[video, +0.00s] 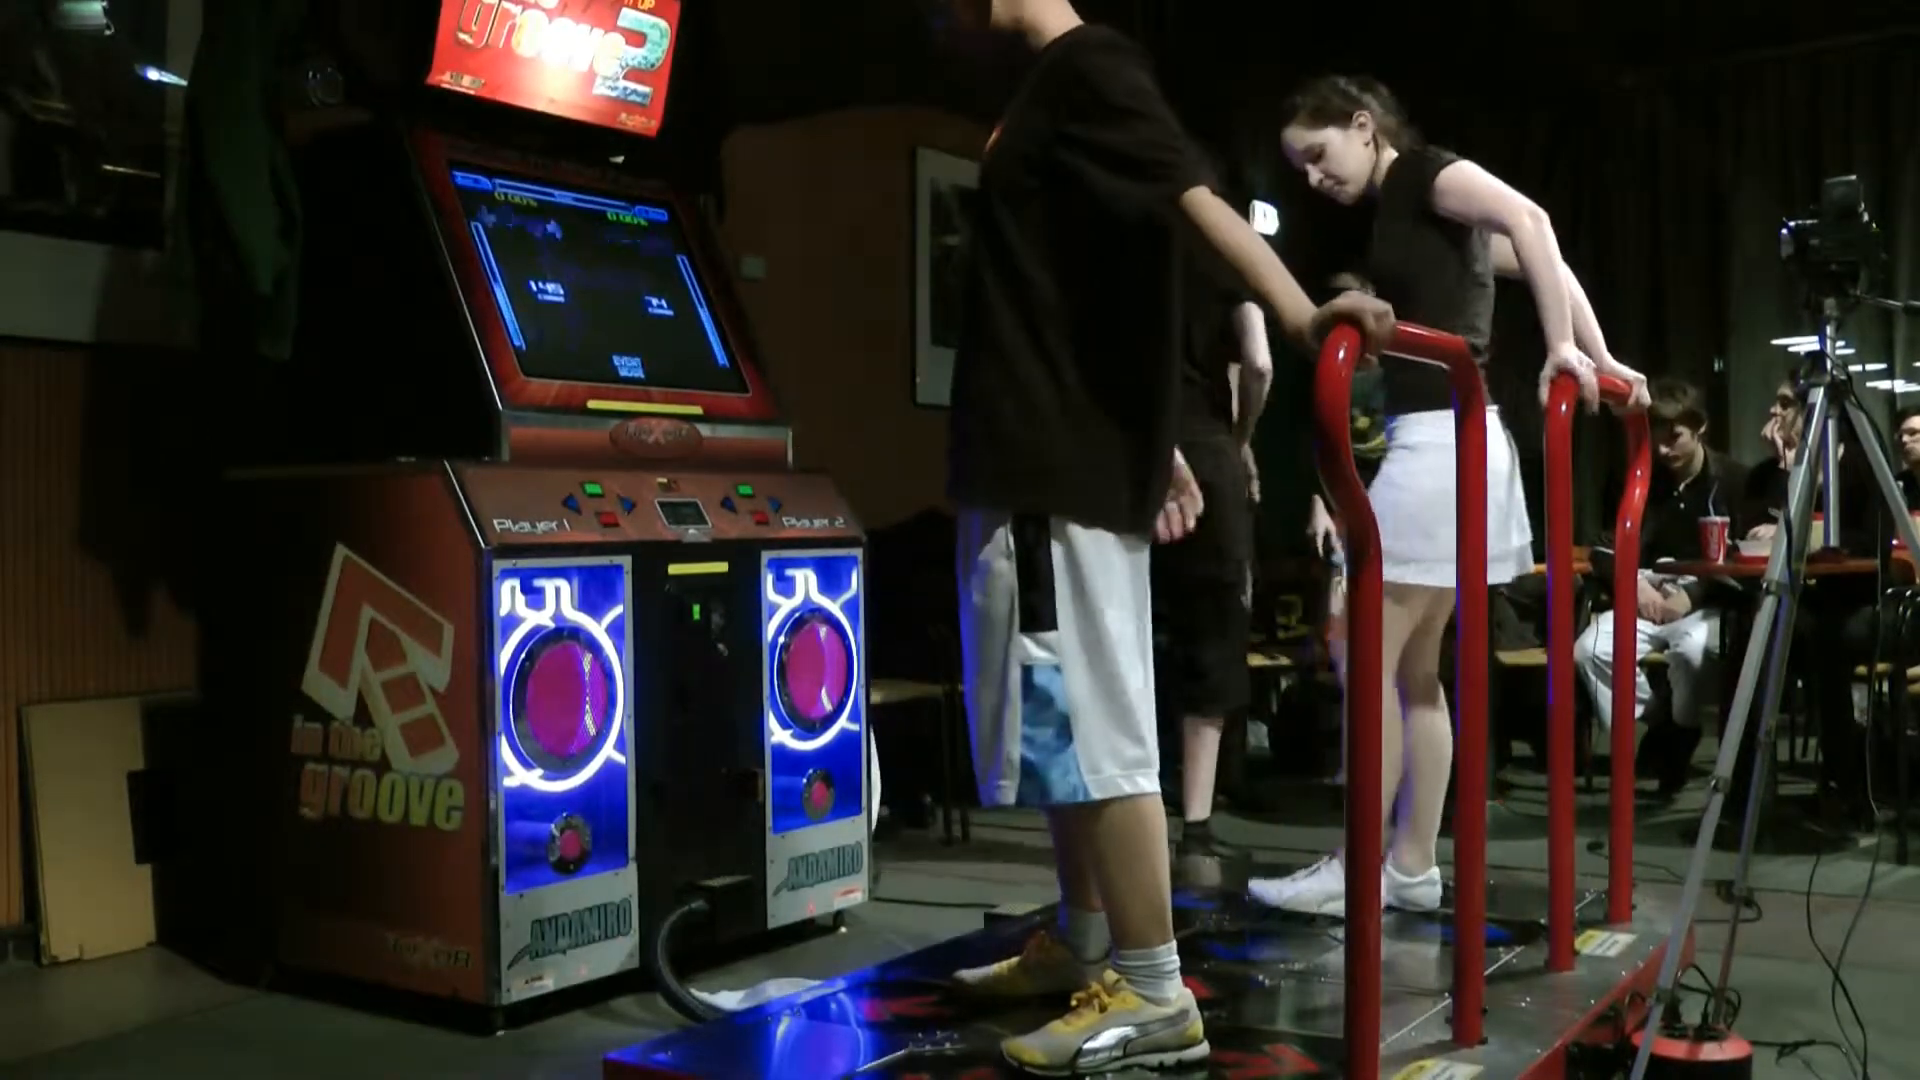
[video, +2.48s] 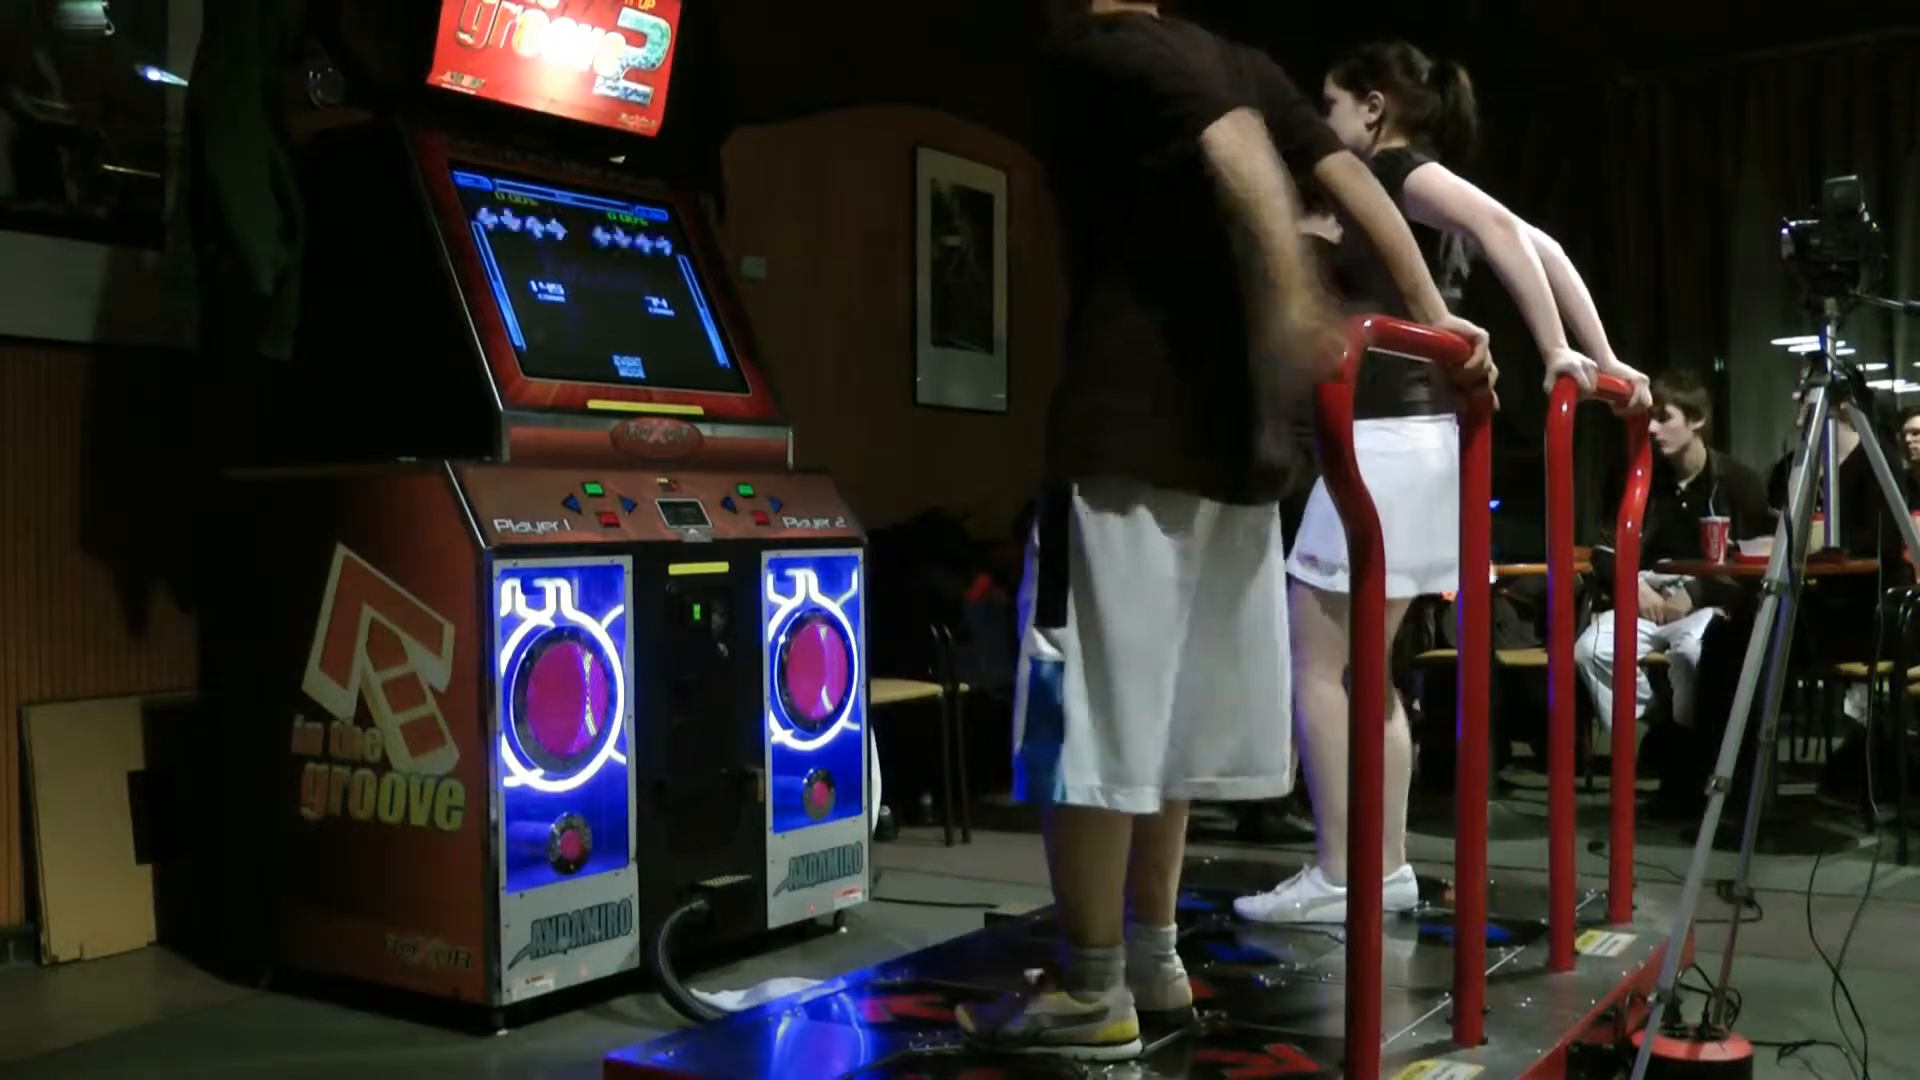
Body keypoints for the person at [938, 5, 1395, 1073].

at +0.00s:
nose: (968, 20)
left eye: (972, 8)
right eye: (968, 15)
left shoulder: (1090, 73)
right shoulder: (1047, 97)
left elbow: (1203, 205)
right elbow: (1103, 300)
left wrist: (1308, 317)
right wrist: (1157, 447)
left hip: (1079, 472)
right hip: (1040, 469)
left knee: (1105, 737)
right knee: (1053, 728)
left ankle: (1154, 992)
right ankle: (1086, 940)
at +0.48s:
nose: (967, 20)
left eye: (971, 8)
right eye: (967, 13)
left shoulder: (1099, 68)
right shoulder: (1051, 91)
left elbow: (1208, 193)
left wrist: (1307, 311)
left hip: (1089, 474)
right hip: (1039, 471)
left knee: (1110, 741)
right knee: (1063, 731)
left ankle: (1154, 994)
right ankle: (1087, 942)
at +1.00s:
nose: (978, 19)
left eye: (982, 8)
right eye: (980, 14)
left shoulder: (1106, 66)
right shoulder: (1054, 90)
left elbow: (1215, 193)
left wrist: (1313, 314)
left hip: (1094, 470)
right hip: (1039, 470)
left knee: (1106, 730)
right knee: (1056, 725)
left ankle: (1150, 988)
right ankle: (1085, 942)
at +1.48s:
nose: (996, 16)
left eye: (1002, 4)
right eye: (998, 10)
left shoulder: (1095, 51)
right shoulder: (1131, 64)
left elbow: (1227, 174)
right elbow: (1217, 257)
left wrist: (1322, 300)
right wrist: (1194, 385)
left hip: (1092, 458)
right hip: (1156, 455)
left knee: (1049, 723)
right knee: (1118, 715)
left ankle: (1094, 992)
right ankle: (1085, 956)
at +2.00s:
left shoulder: (1047, 35)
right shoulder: (1198, 51)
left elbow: (1219, 145)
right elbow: (1336, 167)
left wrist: (1336, 282)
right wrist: (1433, 308)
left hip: (1109, 438)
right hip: (1215, 444)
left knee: (1076, 714)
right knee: (1178, 703)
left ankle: (1093, 998)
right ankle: (1173, 946)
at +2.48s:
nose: (1062, 24)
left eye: (1063, 17)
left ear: (1091, 5)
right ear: (1166, 3)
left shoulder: (1089, 47)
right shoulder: (1247, 65)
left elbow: (1227, 126)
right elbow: (1360, 191)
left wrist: (1296, 311)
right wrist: (1435, 318)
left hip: (1127, 427)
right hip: (1241, 441)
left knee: (1098, 708)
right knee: (1171, 706)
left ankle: (1093, 992)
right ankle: (1155, 960)